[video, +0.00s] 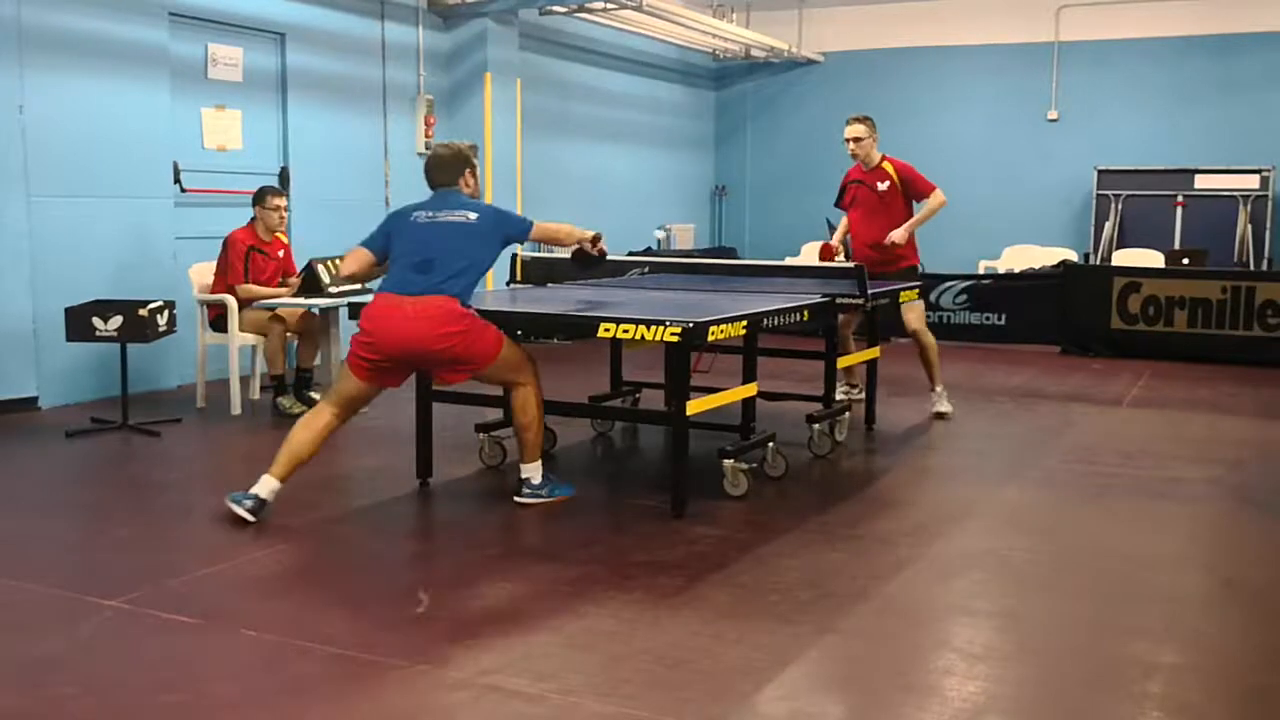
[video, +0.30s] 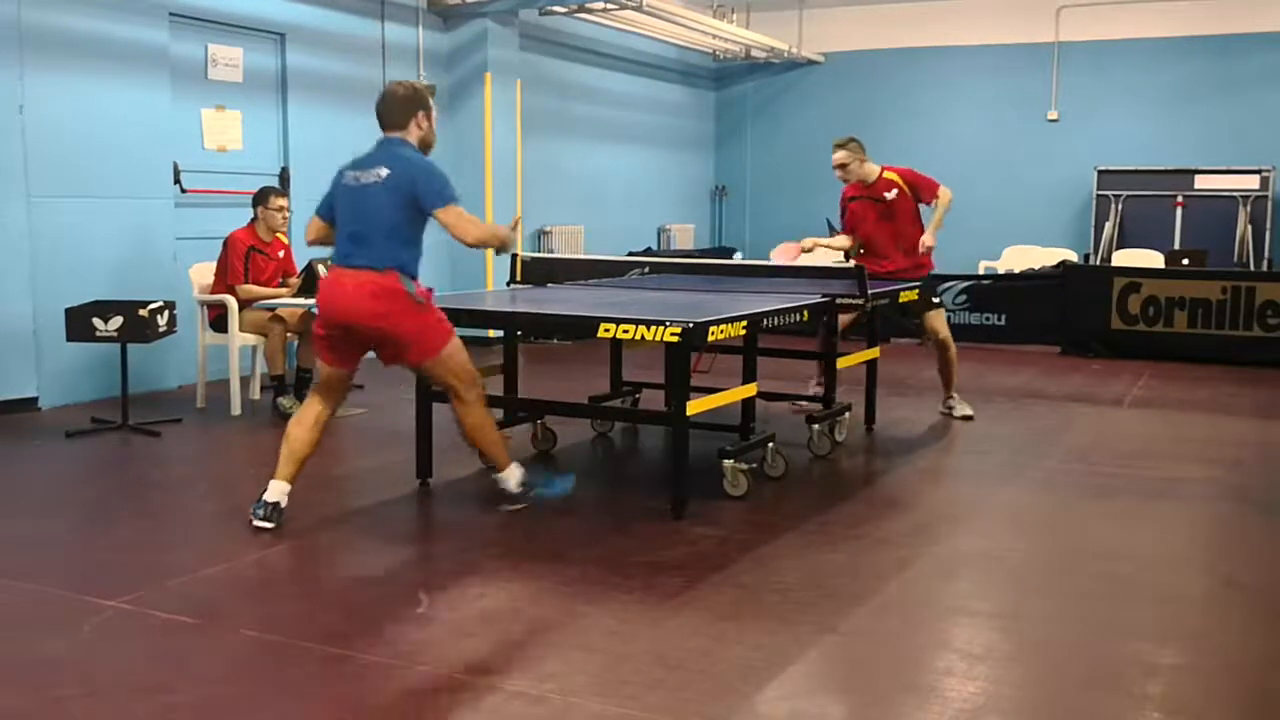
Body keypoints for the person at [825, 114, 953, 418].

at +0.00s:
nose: (851, 147)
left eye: (857, 140)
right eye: (847, 142)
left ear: (873, 140)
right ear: (846, 144)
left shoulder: (897, 170)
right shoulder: (851, 177)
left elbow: (937, 198)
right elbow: (850, 213)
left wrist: (906, 229)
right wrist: (836, 239)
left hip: (901, 270)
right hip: (863, 273)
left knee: (916, 327)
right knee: (843, 326)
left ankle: (937, 390)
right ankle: (853, 385)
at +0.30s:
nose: (838, 175)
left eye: (843, 167)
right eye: (835, 169)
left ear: (861, 160)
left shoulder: (900, 177)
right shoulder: (849, 196)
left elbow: (944, 195)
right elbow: (850, 241)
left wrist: (931, 231)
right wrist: (817, 242)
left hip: (914, 276)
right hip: (871, 279)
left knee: (943, 337)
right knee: (831, 325)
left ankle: (950, 397)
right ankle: (820, 385)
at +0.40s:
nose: (817, 183)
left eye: (820, 175)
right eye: (813, 177)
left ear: (838, 169)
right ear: (830, 173)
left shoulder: (881, 177)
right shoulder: (833, 200)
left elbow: (926, 185)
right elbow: (835, 242)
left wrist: (925, 226)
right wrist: (799, 238)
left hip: (907, 273)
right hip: (866, 279)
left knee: (936, 332)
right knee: (824, 324)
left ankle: (950, 397)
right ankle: (801, 388)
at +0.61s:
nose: (783, 193)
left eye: (787, 186)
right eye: (779, 188)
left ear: (805, 182)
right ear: (781, 189)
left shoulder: (841, 191)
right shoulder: (789, 218)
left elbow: (878, 197)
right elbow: (771, 248)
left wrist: (886, 235)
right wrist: (752, 235)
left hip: (875, 281)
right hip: (832, 289)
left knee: (915, 336)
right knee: (803, 340)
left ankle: (941, 395)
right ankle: (789, 400)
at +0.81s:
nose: (790, 173)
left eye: (796, 166)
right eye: (786, 167)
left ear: (812, 164)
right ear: (784, 169)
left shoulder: (843, 179)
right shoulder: (788, 201)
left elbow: (882, 195)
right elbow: (774, 242)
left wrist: (866, 230)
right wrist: (762, 236)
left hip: (865, 270)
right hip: (821, 275)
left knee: (897, 328)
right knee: (797, 333)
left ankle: (917, 386)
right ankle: (778, 398)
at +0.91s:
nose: (804, 167)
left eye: (810, 160)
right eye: (800, 161)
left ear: (827, 159)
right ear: (798, 163)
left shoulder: (852, 185)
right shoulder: (798, 197)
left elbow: (891, 212)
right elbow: (786, 236)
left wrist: (865, 240)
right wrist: (773, 245)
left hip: (861, 277)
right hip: (818, 279)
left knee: (895, 334)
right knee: (794, 333)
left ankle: (916, 388)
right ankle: (776, 395)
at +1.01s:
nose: (816, 162)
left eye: (821, 155)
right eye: (812, 156)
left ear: (837, 155)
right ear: (809, 159)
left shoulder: (862, 183)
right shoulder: (811, 192)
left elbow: (900, 213)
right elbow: (796, 231)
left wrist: (867, 236)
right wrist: (783, 239)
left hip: (868, 279)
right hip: (825, 280)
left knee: (894, 335)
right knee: (795, 330)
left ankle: (916, 388)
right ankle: (777, 390)